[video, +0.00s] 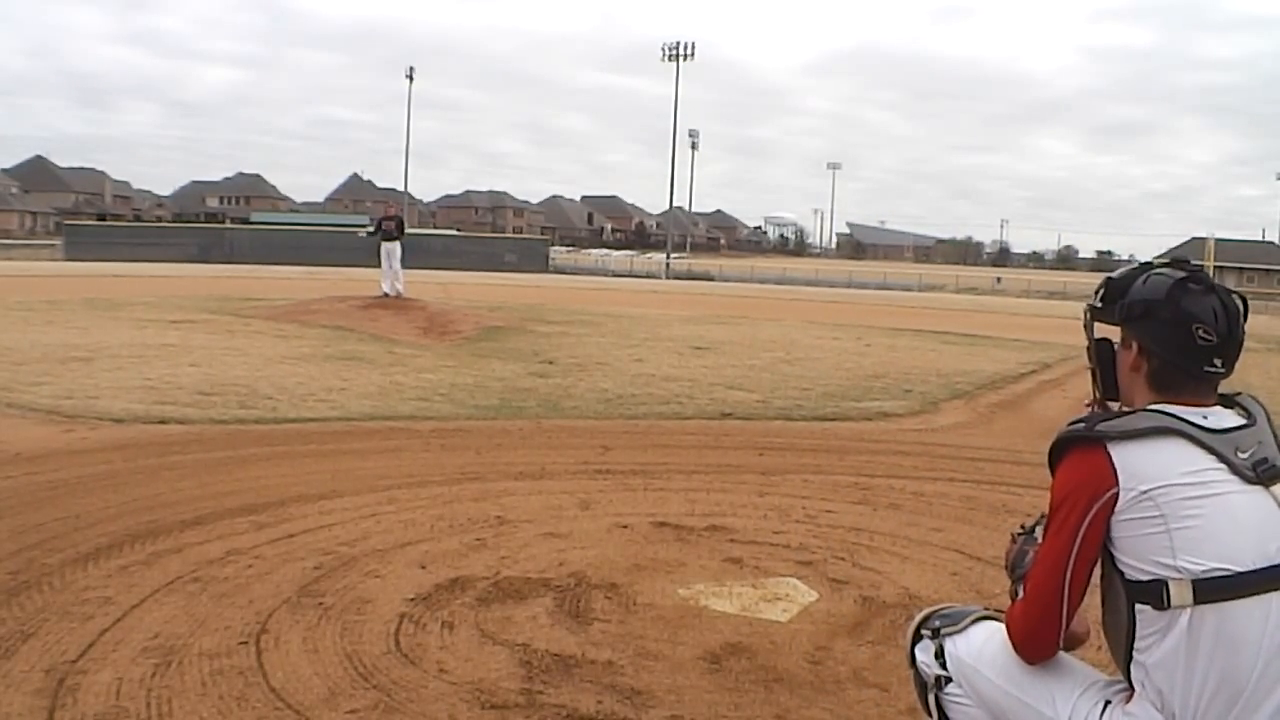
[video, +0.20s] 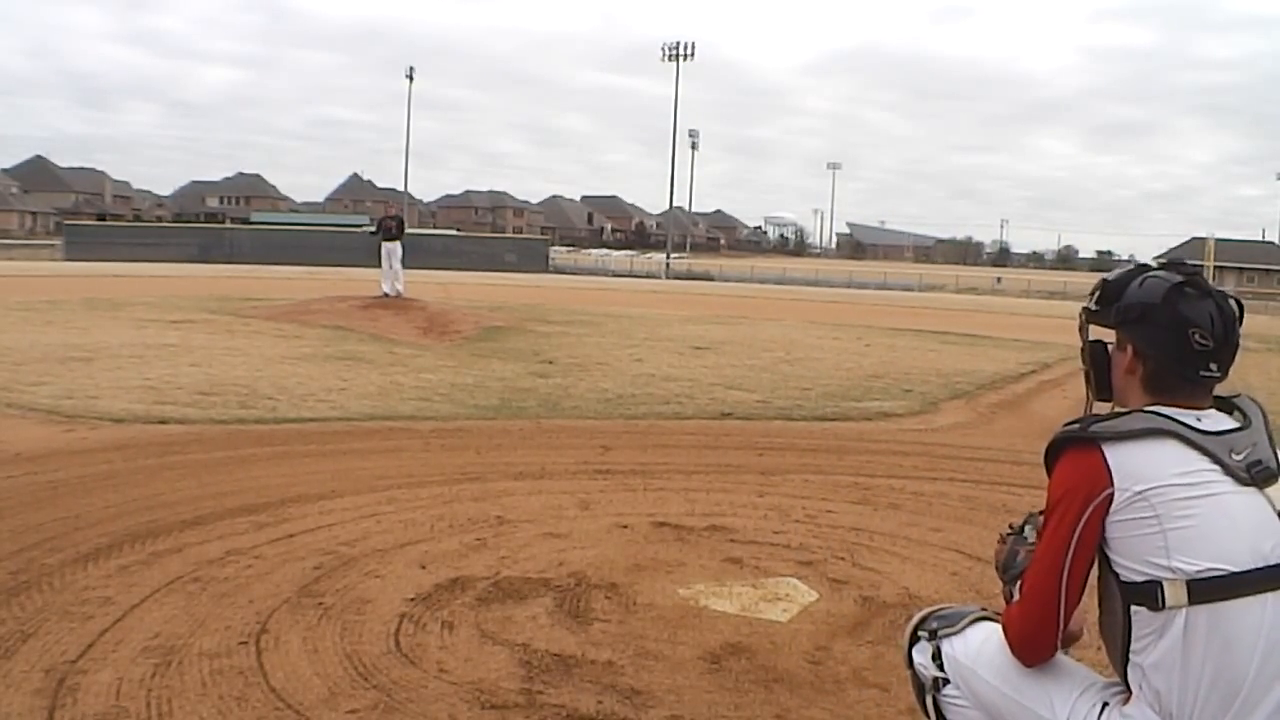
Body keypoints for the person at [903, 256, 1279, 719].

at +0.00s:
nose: (1112, 352)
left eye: (1117, 340)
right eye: (1115, 339)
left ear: (1134, 356)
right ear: (1215, 362)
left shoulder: (1104, 452)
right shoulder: (1255, 430)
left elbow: (1033, 643)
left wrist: (1033, 571)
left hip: (1164, 714)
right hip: (1263, 706)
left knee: (943, 641)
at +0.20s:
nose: (1106, 354)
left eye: (1112, 342)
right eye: (1110, 341)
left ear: (1129, 358)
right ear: (1209, 362)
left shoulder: (1100, 454)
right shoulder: (1252, 429)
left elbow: (1031, 645)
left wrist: (1023, 574)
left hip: (1163, 716)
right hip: (1262, 708)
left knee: (941, 641)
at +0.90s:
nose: (1114, 361)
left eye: (1120, 348)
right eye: (1117, 347)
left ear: (1138, 364)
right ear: (1217, 369)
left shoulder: (1109, 458)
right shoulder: (1260, 436)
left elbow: (1039, 651)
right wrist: (1112, 591)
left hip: (1168, 716)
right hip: (1262, 709)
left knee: (945, 641)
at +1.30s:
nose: (1136, 356)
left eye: (1144, 344)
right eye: (1140, 343)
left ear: (1162, 358)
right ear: (1240, 368)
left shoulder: (1140, 448)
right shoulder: (1270, 438)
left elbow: (1016, 611)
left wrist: (1051, 525)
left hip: (1179, 711)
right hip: (1265, 707)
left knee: (955, 639)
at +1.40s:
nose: (1141, 353)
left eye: (1150, 341)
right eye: (1147, 340)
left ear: (1168, 353)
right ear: (1245, 366)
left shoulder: (1148, 444)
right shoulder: (1271, 435)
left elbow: (992, 568)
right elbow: (1151, 541)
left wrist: (1046, 504)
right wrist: (1060, 511)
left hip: (1179, 711)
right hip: (1265, 707)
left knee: (963, 627)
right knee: (1142, 640)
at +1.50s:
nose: (1147, 351)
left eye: (1154, 339)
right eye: (1151, 338)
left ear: (1171, 352)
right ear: (1246, 360)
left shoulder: (1149, 437)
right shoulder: (1272, 429)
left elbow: (977, 529)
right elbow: (1123, 527)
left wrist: (1047, 480)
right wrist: (1059, 485)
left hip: (1180, 708)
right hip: (1268, 703)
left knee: (974, 590)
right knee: (1133, 640)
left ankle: (1018, 709)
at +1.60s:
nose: (1140, 347)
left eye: (1148, 335)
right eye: (1145, 334)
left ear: (1164, 348)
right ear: (1238, 356)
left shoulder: (1146, 432)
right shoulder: (1269, 425)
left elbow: (964, 508)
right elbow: (1111, 513)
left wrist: (1034, 462)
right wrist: (1060, 475)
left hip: (1187, 706)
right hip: (1269, 704)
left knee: (978, 566)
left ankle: (984, 710)